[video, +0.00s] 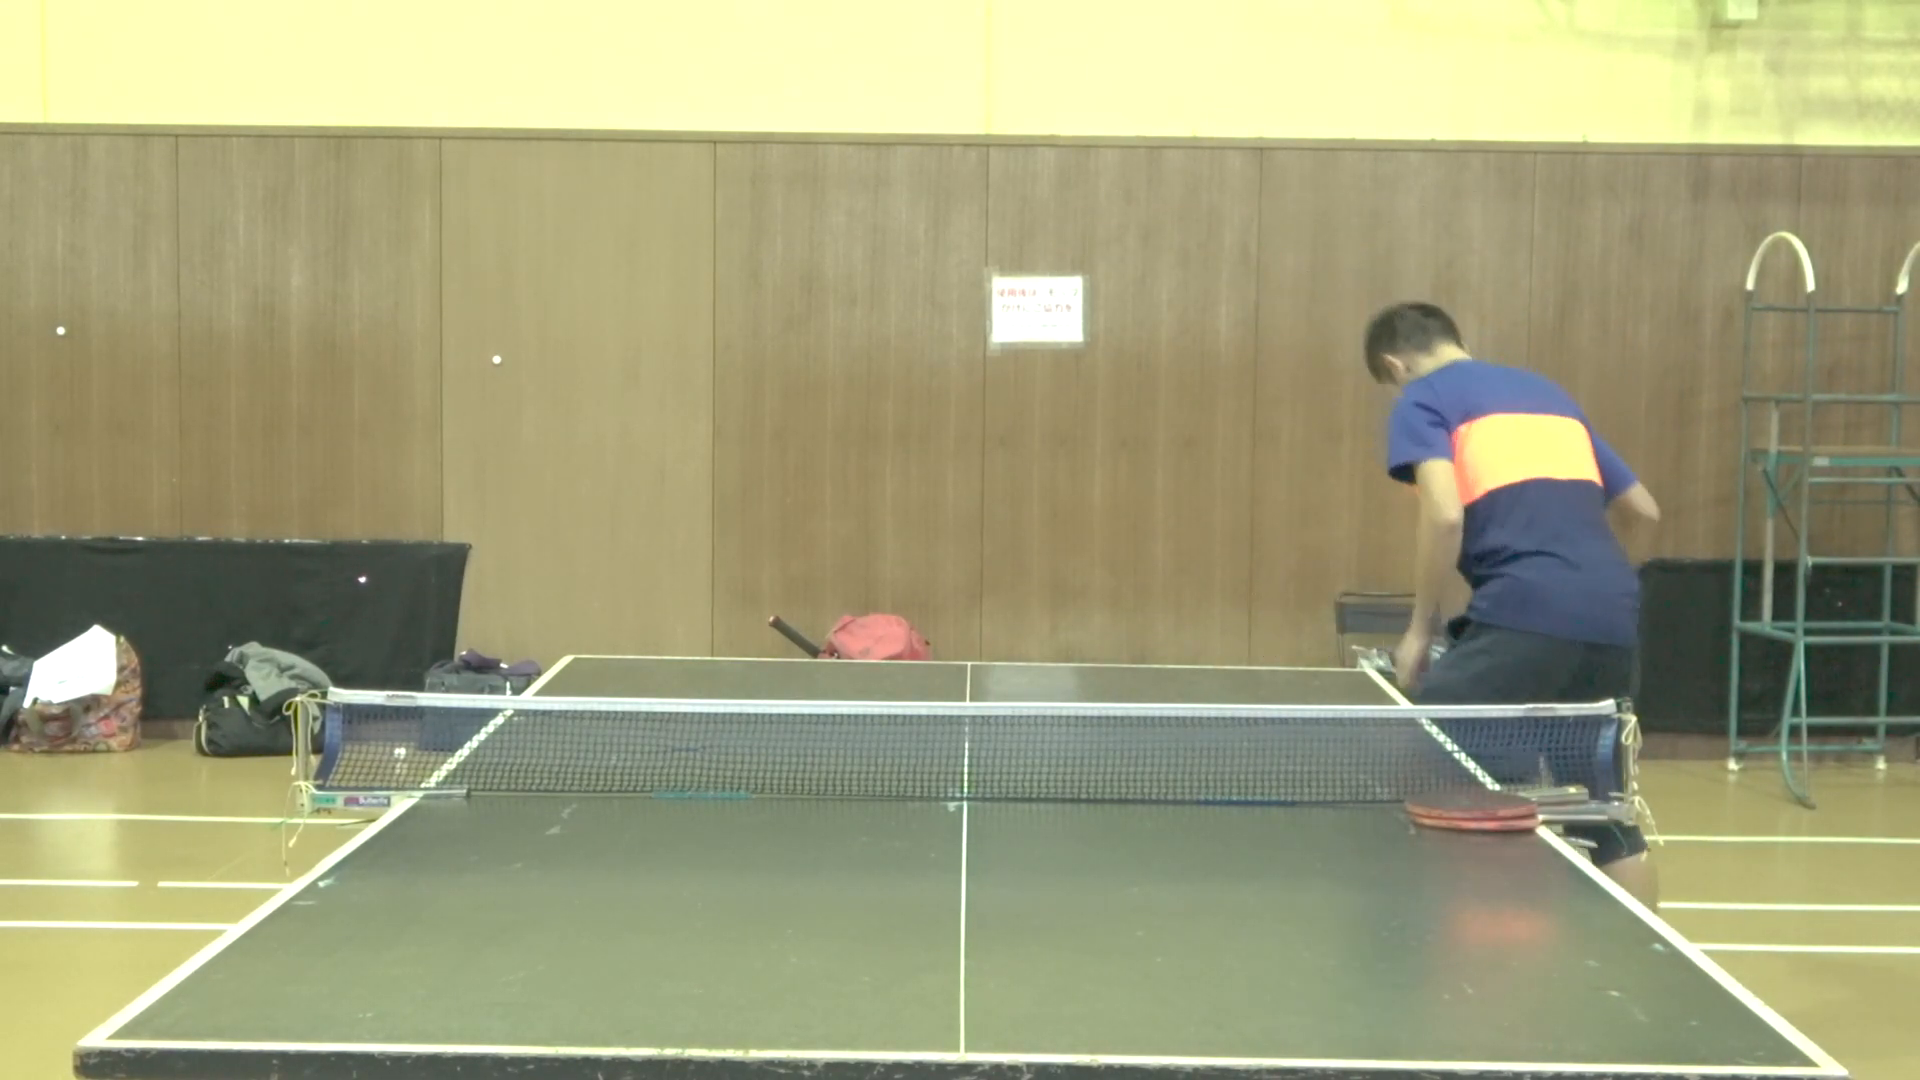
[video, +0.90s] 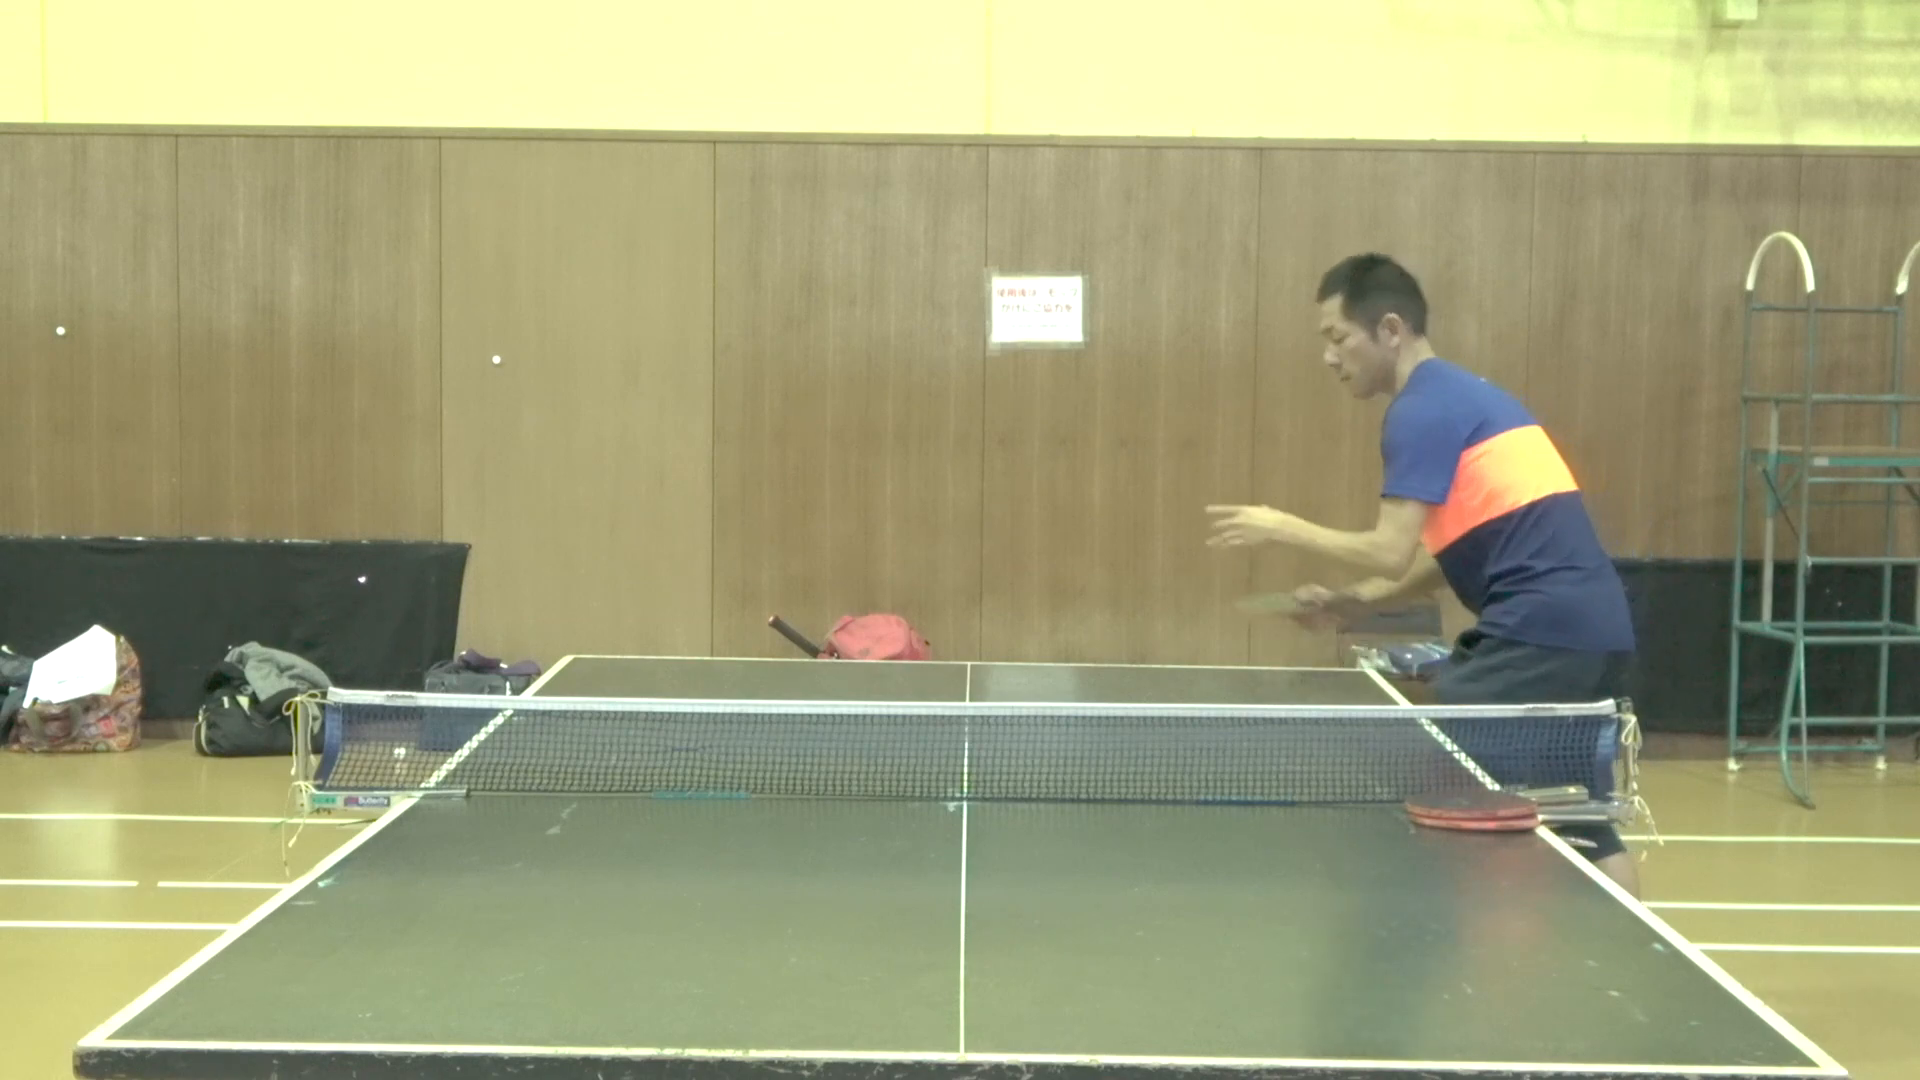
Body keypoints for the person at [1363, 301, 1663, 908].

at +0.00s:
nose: (1397, 394)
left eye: (1389, 382)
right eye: (1391, 384)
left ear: (1398, 363)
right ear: (1456, 343)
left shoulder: (1422, 401)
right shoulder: (1546, 392)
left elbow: (1446, 515)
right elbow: (1641, 510)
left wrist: (1420, 630)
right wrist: (1591, 587)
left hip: (1527, 621)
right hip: (1613, 627)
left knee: (1409, 764)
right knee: (1606, 805)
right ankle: (1640, 978)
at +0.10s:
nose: (1426, 438)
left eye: (1420, 427)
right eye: (1421, 428)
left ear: (1430, 408)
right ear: (1488, 388)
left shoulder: (1445, 439)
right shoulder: (1578, 427)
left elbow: (1465, 570)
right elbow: (1670, 560)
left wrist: (1450, 693)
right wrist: (1639, 642)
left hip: (1561, 629)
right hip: (1653, 636)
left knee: (1444, 783)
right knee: (1624, 804)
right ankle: (1640, 979)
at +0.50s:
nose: (1420, 485)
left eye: (1415, 466)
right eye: (1412, 470)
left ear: (1444, 441)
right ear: (1491, 429)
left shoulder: (1466, 498)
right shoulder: (1581, 455)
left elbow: (1504, 646)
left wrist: (1471, 740)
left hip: (1608, 649)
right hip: (1699, 649)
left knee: (1476, 782)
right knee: (1628, 807)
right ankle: (1642, 977)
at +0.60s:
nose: (1394, 436)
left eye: (1395, 415)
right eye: (1390, 419)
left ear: (1438, 397)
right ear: (1466, 393)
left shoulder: (1460, 465)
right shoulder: (1559, 436)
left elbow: (1483, 612)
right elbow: (1538, 595)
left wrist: (1407, 666)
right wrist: (1493, 688)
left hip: (1593, 649)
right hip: (1680, 647)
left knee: (1463, 789)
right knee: (1616, 807)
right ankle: (1634, 975)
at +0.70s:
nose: (1374, 392)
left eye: (1381, 371)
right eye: (1373, 375)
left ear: (1431, 362)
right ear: (1444, 361)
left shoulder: (1450, 436)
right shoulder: (1535, 417)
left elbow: (1449, 583)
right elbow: (1579, 576)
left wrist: (1338, 602)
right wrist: (1485, 662)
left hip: (1579, 639)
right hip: (1652, 641)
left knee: (1446, 778)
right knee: (1603, 805)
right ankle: (1633, 973)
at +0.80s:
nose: (1354, 366)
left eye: (1364, 347)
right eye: (1353, 350)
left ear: (1416, 343)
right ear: (1418, 344)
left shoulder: (1442, 415)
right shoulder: (1501, 403)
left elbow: (1414, 560)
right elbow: (1514, 571)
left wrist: (1303, 553)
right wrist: (1420, 635)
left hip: (1559, 638)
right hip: (1621, 638)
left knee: (1436, 780)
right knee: (1585, 809)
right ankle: (1640, 964)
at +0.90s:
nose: (1329, 358)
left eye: (1337, 338)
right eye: (1325, 342)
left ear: (1392, 331)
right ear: (1393, 334)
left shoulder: (1423, 406)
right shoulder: (1465, 394)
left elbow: (1388, 554)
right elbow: (1454, 560)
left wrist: (1279, 527)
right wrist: (1351, 604)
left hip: (1540, 635)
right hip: (1595, 635)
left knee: (1412, 772)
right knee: (1583, 813)